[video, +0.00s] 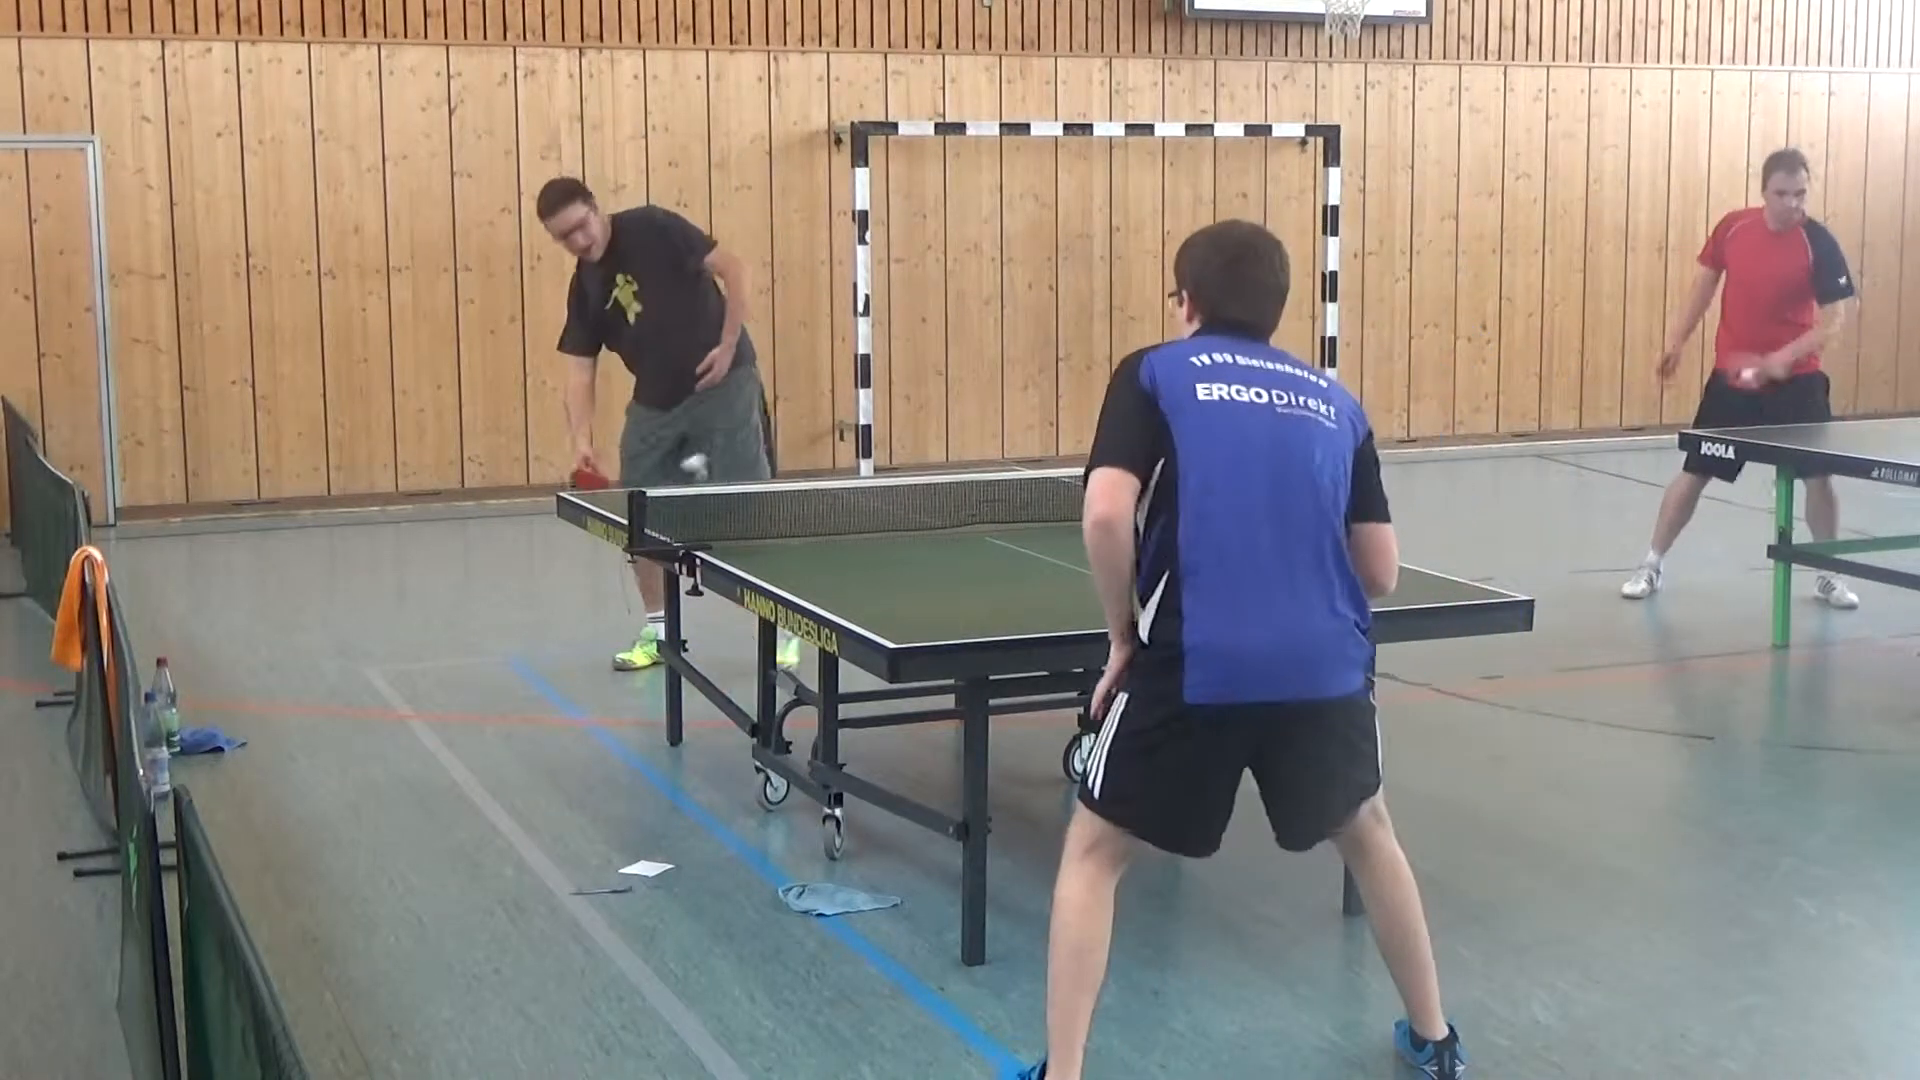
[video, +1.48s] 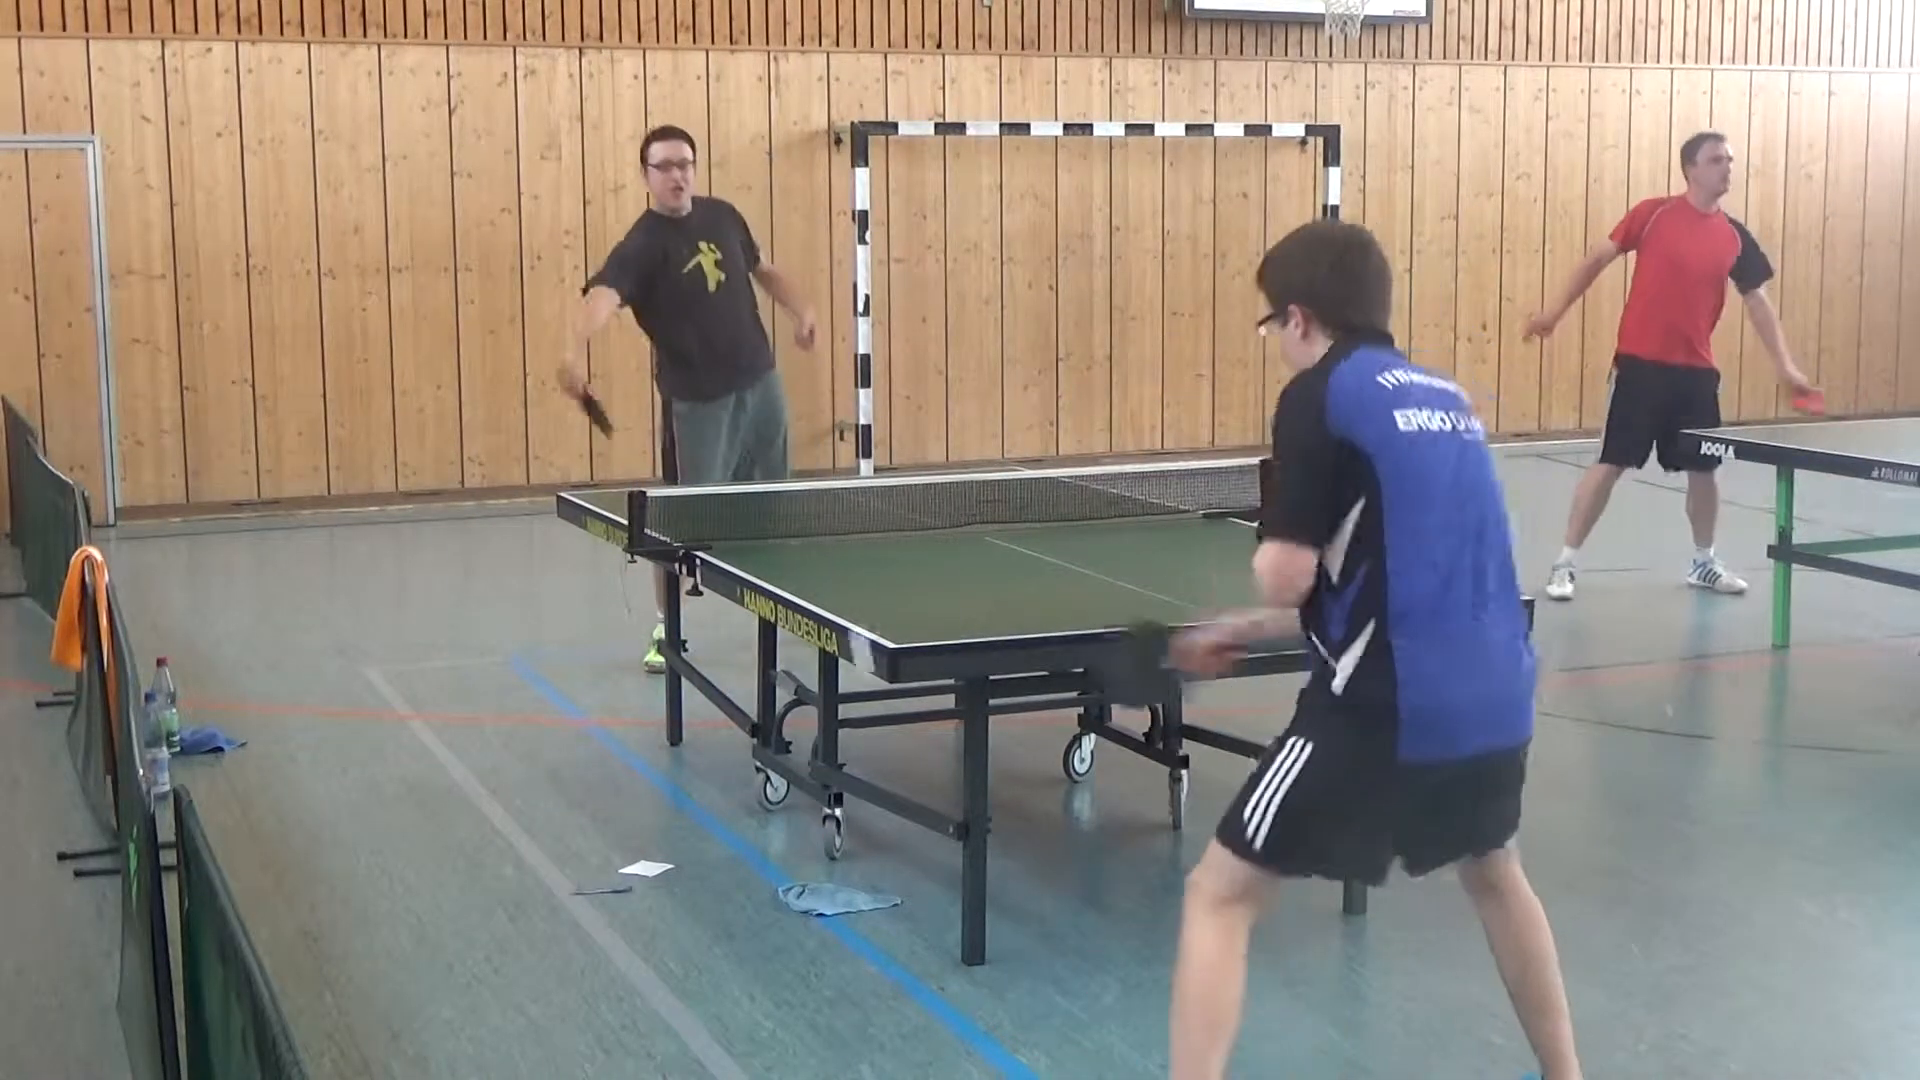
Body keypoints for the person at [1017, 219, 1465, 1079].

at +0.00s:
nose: (1170, 309)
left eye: (1174, 298)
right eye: (1172, 297)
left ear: (1189, 305)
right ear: (1277, 312)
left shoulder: (1153, 373)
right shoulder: (1338, 401)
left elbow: (1107, 510)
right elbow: (1380, 573)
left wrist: (1123, 635)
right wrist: (1312, 577)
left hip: (1193, 671)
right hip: (1323, 673)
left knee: (1094, 857)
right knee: (1369, 834)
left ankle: (1061, 1070)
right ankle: (1434, 1039)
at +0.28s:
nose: (1212, 352)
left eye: (1214, 340)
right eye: (1213, 340)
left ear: (1232, 344)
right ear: (1317, 347)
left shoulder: (1199, 408)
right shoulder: (1380, 424)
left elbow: (1122, 567)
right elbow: (1431, 576)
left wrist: (1180, 561)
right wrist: (1349, 595)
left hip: (1236, 702)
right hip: (1365, 705)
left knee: (1114, 864)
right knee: (1409, 825)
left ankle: (1059, 1069)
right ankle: (1495, 1016)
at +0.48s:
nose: (1277, 376)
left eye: (1276, 359)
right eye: (1273, 360)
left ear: (1301, 354)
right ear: (1367, 337)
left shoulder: (1312, 405)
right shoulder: (1440, 403)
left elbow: (1238, 550)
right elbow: (1414, 528)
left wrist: (1298, 494)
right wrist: (1310, 500)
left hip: (1342, 689)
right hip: (1444, 689)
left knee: (1203, 868)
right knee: (1416, 829)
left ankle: (1091, 1070)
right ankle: (1491, 1017)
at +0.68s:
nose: (1325, 362)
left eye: (1323, 344)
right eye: (1321, 344)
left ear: (1351, 340)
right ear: (1410, 330)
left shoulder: (1386, 392)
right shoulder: (1464, 392)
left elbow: (1316, 540)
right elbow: (1442, 522)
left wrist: (1367, 485)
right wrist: (1358, 480)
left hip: (1400, 680)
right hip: (1475, 679)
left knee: (1255, 863)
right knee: (1400, 839)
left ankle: (1201, 1069)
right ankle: (1489, 1021)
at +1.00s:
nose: (1318, 331)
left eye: (1320, 316)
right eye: (1318, 316)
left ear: (1342, 320)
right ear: (1418, 314)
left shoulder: (1356, 396)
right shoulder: (1485, 404)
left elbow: (1272, 563)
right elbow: (1544, 582)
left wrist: (1283, 559)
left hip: (1404, 696)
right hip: (1497, 691)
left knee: (1272, 898)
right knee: (1441, 848)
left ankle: (1315, 1068)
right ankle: (1504, 1018)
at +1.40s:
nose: (1292, 309)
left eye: (1292, 293)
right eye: (1291, 292)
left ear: (1312, 297)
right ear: (1392, 288)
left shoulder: (1315, 372)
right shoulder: (1478, 382)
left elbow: (1302, 521)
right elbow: (1539, 539)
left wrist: (1261, 582)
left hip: (1387, 682)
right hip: (1505, 682)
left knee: (1254, 889)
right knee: (1502, 873)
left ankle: (1258, 1071)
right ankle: (1567, 1070)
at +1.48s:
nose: (1275, 340)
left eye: (1276, 320)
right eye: (1273, 320)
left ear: (1308, 318)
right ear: (1370, 309)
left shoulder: (1317, 394)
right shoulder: (1437, 391)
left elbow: (1282, 568)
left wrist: (1287, 544)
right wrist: (1242, 629)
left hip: (1379, 712)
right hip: (1496, 707)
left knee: (1220, 895)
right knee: (1496, 873)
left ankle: (1193, 1070)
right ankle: (1565, 1070)